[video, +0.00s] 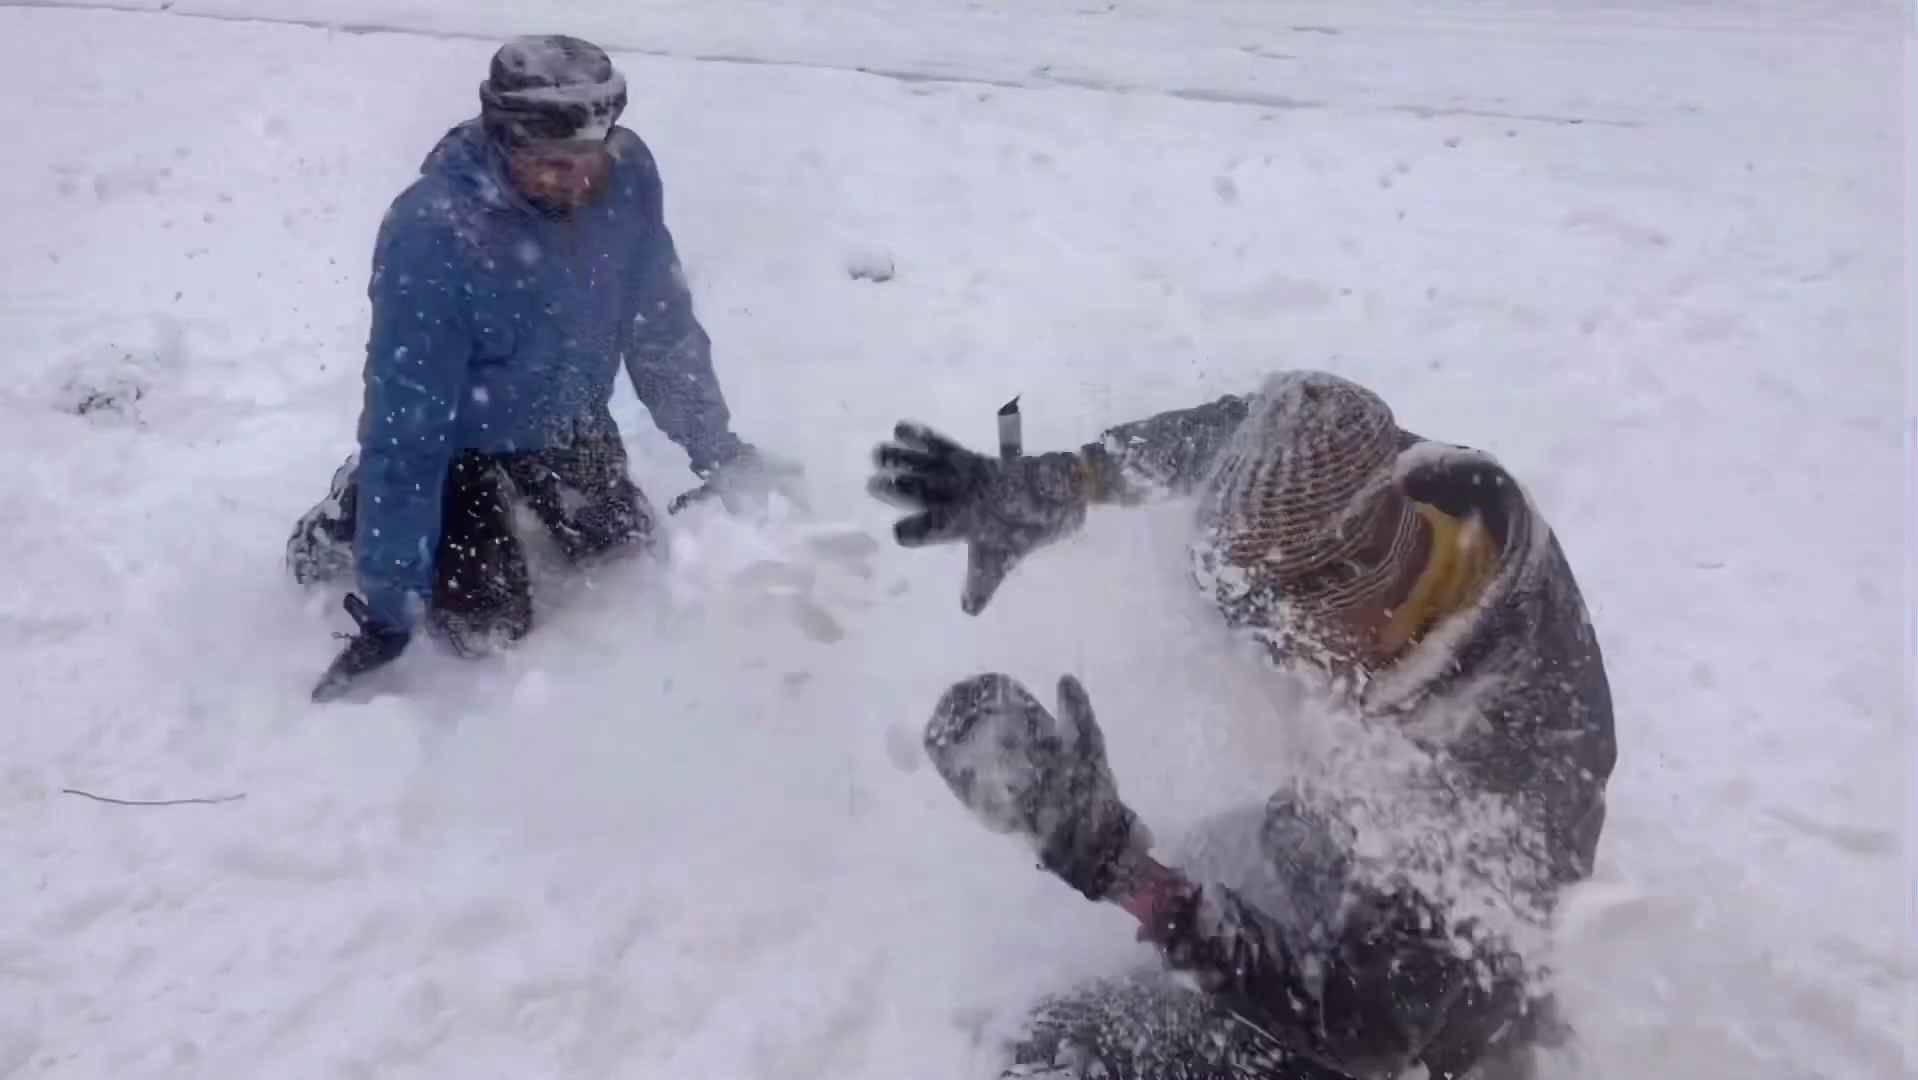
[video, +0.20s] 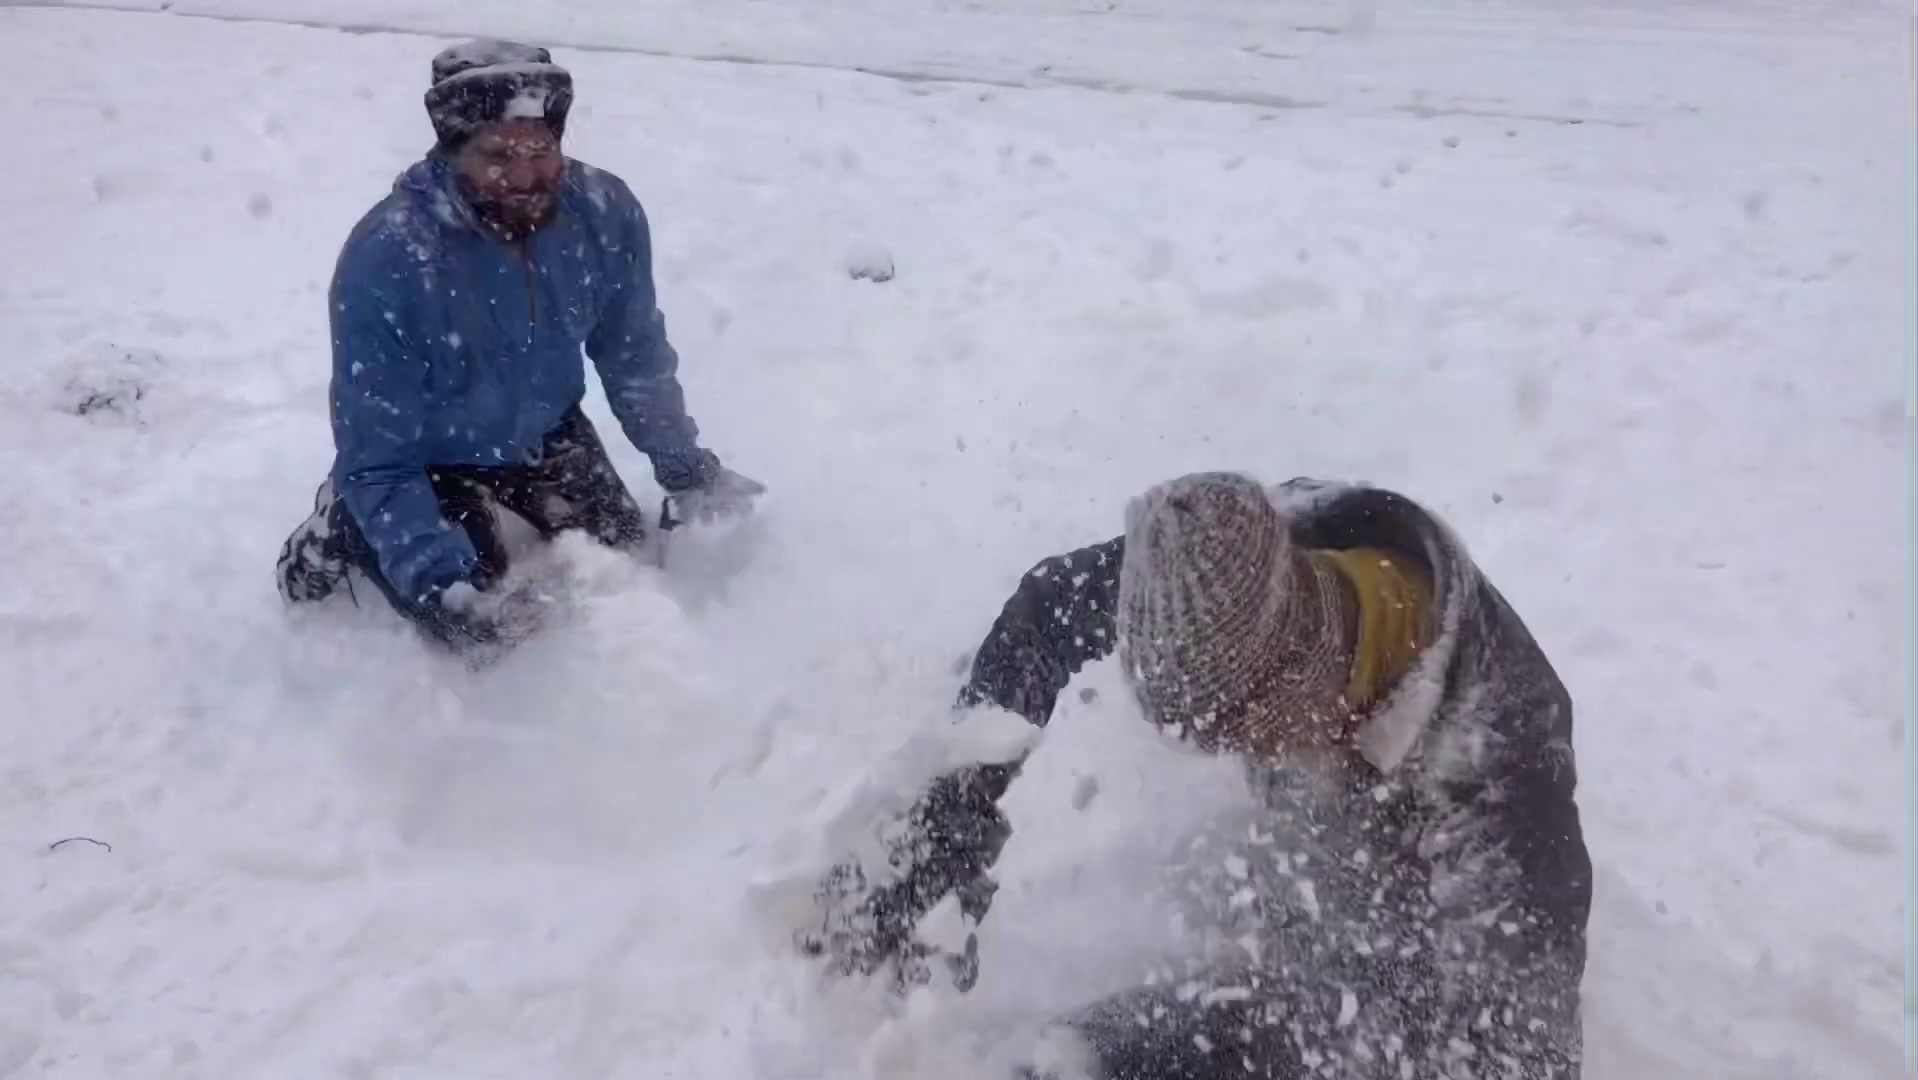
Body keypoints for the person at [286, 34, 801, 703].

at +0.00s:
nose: (574, 179)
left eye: (591, 157)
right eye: (552, 161)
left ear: (609, 139)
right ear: (506, 144)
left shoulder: (624, 177)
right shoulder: (435, 228)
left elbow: (661, 329)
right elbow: (404, 433)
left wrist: (719, 452)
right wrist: (388, 613)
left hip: (567, 421)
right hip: (454, 440)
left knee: (620, 549)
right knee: (493, 626)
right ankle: (370, 520)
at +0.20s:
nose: (525, 177)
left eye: (542, 152)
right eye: (499, 156)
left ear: (563, 142)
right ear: (452, 152)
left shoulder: (604, 213)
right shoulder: (389, 256)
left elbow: (637, 359)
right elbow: (376, 466)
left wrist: (689, 473)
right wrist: (446, 590)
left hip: (549, 439)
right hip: (433, 466)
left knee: (629, 567)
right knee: (484, 628)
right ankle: (352, 534)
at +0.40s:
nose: (481, 177)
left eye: (502, 151)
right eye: (458, 152)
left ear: (541, 148)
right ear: (430, 148)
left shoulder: (598, 239)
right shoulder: (359, 255)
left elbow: (625, 415)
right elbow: (317, 445)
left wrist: (666, 567)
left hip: (517, 434)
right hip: (395, 461)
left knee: (603, 537)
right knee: (488, 633)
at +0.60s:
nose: (400, 197)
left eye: (419, 176)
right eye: (387, 172)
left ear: (479, 161)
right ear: (374, 158)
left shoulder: (582, 212)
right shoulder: (342, 269)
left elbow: (624, 379)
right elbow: (302, 452)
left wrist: (649, 536)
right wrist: (256, 612)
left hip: (533, 426)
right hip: (397, 456)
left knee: (635, 577)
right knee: (480, 632)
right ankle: (347, 519)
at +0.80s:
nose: (324, 245)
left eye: (330, 223)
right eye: (301, 236)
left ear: (363, 176)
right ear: (278, 220)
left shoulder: (488, 129)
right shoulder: (301, 286)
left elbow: (613, 286)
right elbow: (373, 455)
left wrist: (635, 445)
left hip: (563, 405)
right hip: (452, 451)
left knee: (628, 541)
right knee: (494, 623)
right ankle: (371, 534)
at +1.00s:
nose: (305, 237)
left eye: (310, 214)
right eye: (282, 231)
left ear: (335, 159)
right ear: (253, 219)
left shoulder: (435, 100)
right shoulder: (274, 258)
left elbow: (572, 236)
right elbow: (380, 396)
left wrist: (633, 393)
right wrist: (488, 500)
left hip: (583, 407)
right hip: (461, 458)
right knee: (489, 644)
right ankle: (409, 510)